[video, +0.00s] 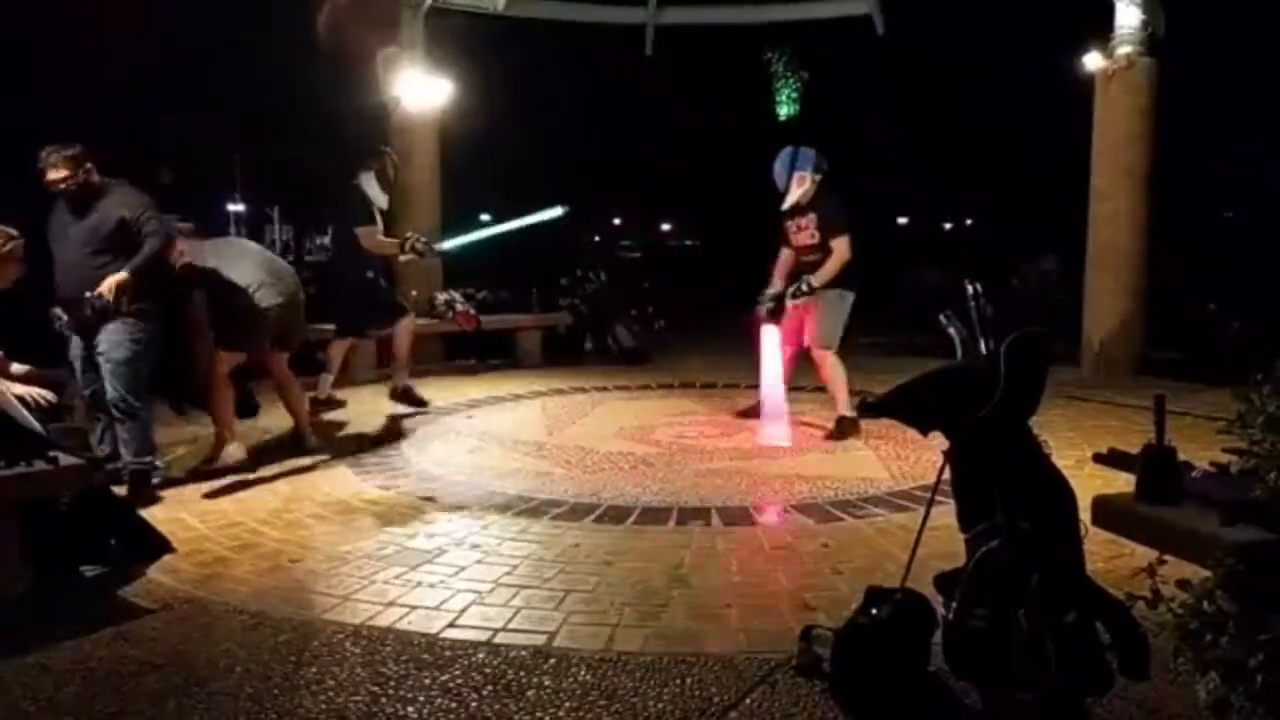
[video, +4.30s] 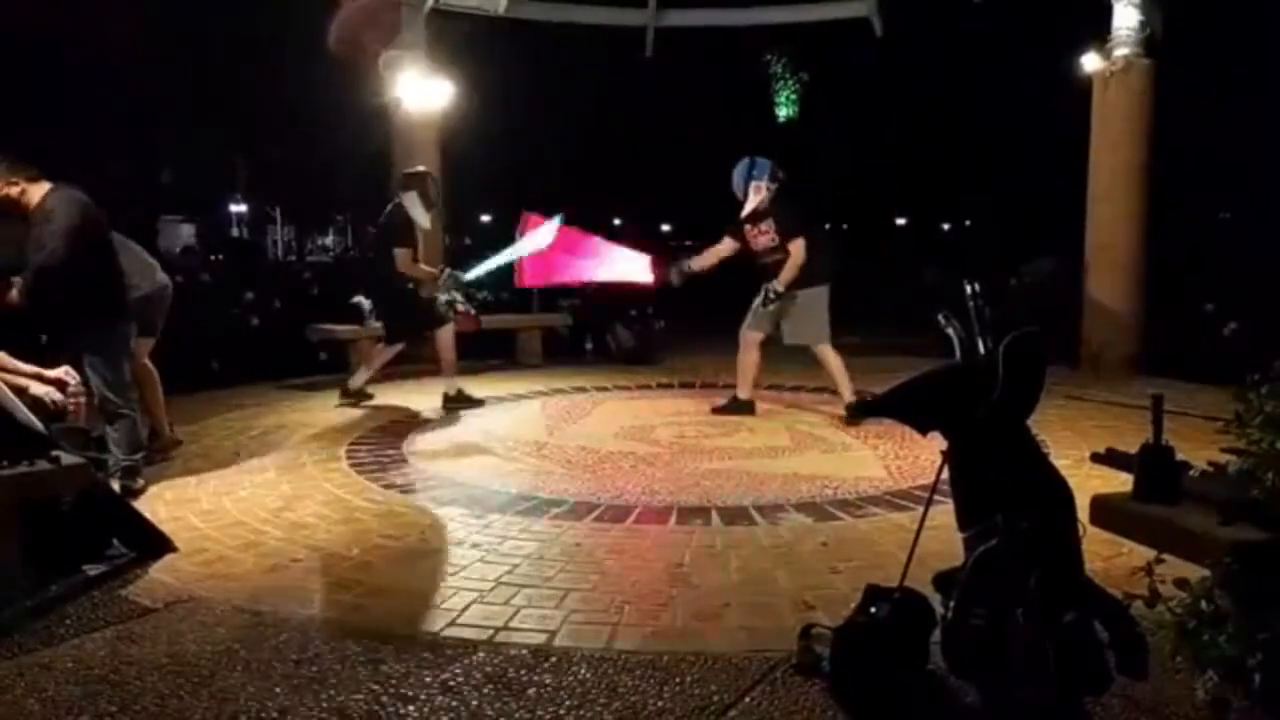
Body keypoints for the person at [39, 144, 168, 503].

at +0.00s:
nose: (63, 191)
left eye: (67, 182)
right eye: (56, 185)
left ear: (87, 172)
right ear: (49, 183)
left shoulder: (123, 200)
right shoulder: (59, 213)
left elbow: (159, 237)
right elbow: (63, 263)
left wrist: (127, 274)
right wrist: (60, 302)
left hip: (119, 314)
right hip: (76, 316)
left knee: (122, 398)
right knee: (94, 398)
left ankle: (139, 475)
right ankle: (108, 466)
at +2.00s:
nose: (56, 190)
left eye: (61, 183)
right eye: (54, 183)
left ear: (85, 176)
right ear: (74, 179)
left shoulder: (128, 206)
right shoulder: (67, 209)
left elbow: (159, 254)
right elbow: (68, 262)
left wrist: (127, 299)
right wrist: (61, 304)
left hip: (114, 324)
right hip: (75, 324)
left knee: (131, 405)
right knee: (76, 401)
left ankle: (139, 470)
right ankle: (86, 465)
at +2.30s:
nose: (27, 196)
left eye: (30, 187)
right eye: (24, 189)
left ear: (53, 177)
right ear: (40, 182)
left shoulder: (105, 206)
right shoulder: (39, 218)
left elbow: (139, 250)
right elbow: (32, 272)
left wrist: (130, 302)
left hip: (103, 324)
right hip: (60, 328)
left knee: (123, 400)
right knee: (59, 402)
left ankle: (141, 466)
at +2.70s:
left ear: (4, 199)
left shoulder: (50, 202)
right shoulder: (6, 246)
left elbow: (107, 225)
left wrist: (118, 275)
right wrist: (14, 323)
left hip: (95, 314)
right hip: (43, 326)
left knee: (108, 395)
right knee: (35, 398)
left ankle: (124, 470)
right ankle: (46, 476)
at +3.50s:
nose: (5, 200)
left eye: (4, 193)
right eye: (2, 195)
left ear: (16, 182)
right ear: (8, 189)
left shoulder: (72, 198)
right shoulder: (15, 223)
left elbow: (116, 225)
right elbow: (15, 272)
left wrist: (84, 259)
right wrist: (17, 296)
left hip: (91, 314)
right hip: (47, 321)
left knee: (106, 396)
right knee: (42, 399)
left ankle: (126, 471)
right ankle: (60, 472)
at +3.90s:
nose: (29, 195)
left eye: (29, 185)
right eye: (24, 189)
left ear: (48, 174)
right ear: (44, 179)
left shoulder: (96, 201)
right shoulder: (60, 210)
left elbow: (85, 242)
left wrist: (32, 247)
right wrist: (24, 262)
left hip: (109, 311)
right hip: (73, 311)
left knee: (115, 395)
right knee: (62, 388)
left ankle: (127, 470)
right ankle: (75, 466)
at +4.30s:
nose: (8, 204)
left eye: (6, 197)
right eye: (5, 198)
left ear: (15, 186)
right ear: (18, 184)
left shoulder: (64, 208)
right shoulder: (46, 212)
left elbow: (52, 265)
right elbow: (45, 262)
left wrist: (25, 289)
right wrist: (25, 285)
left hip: (103, 313)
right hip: (79, 313)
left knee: (113, 395)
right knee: (87, 395)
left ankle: (127, 470)